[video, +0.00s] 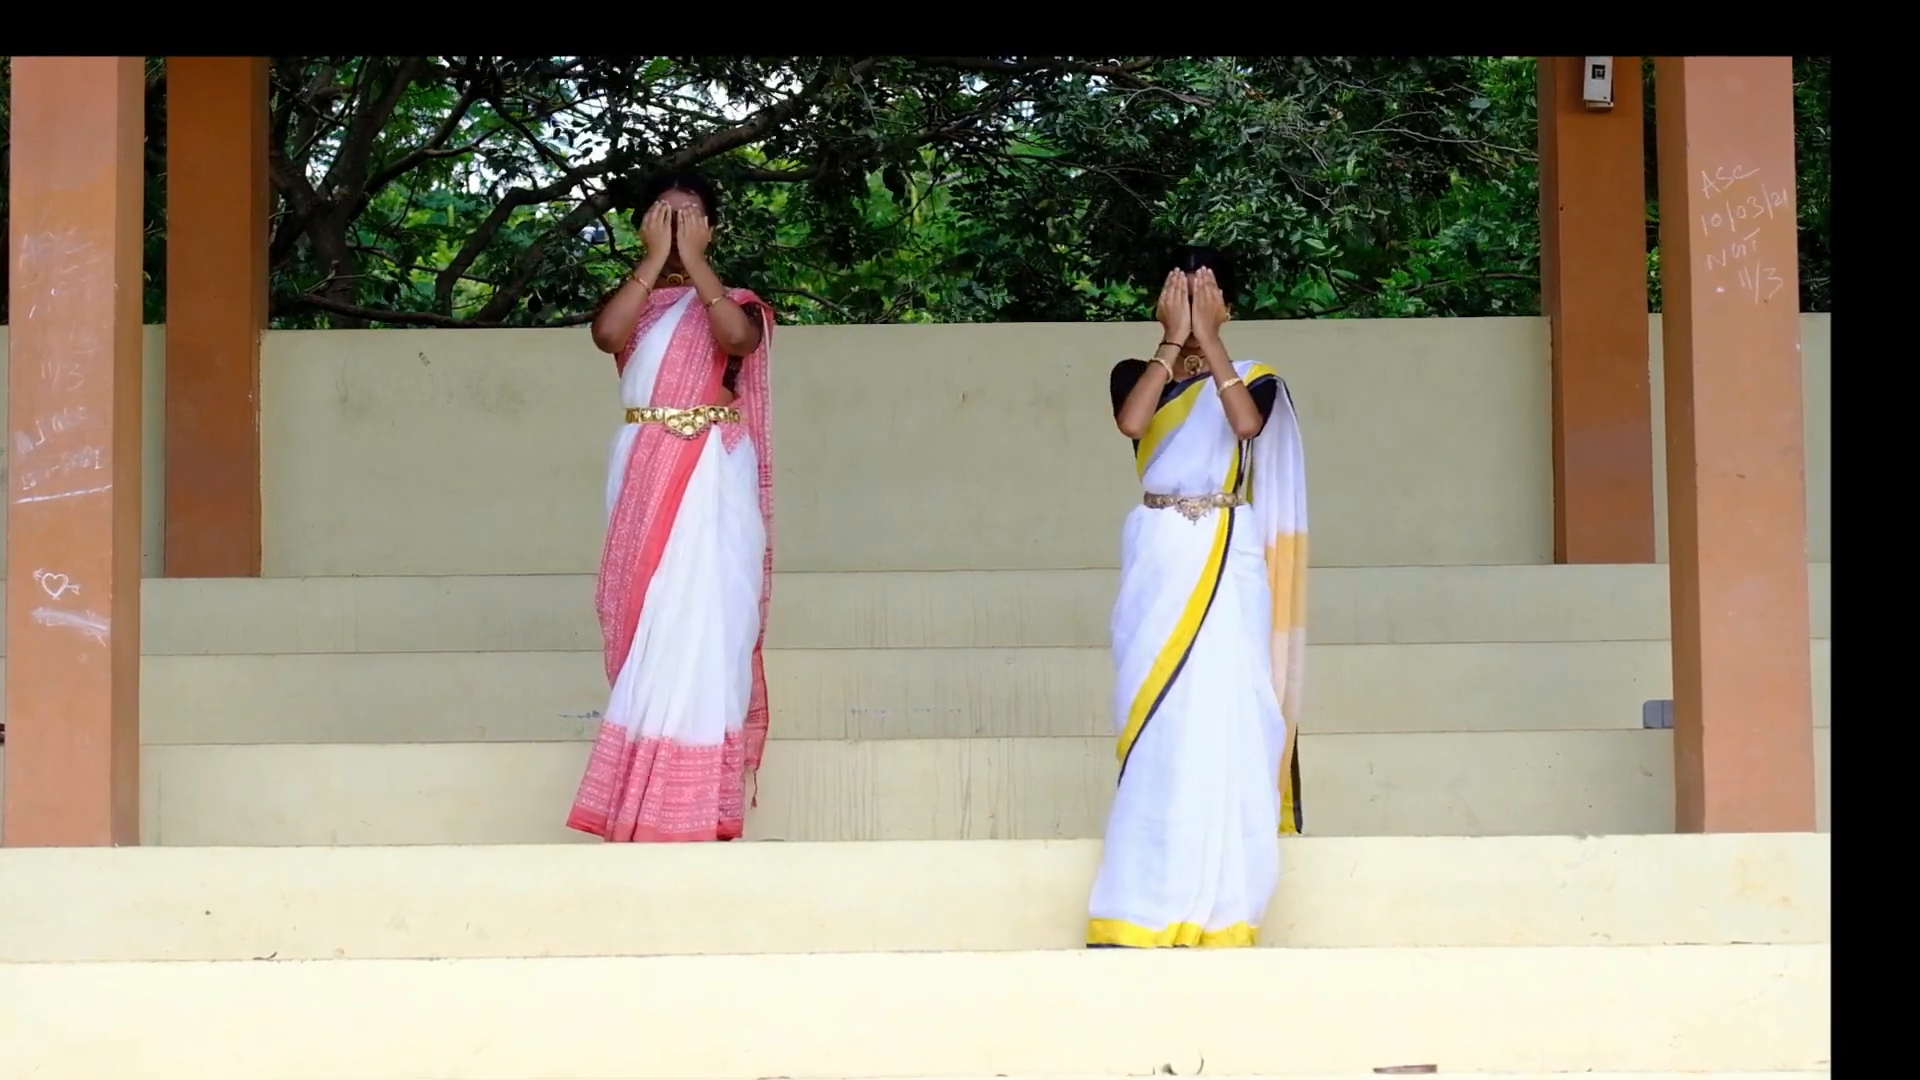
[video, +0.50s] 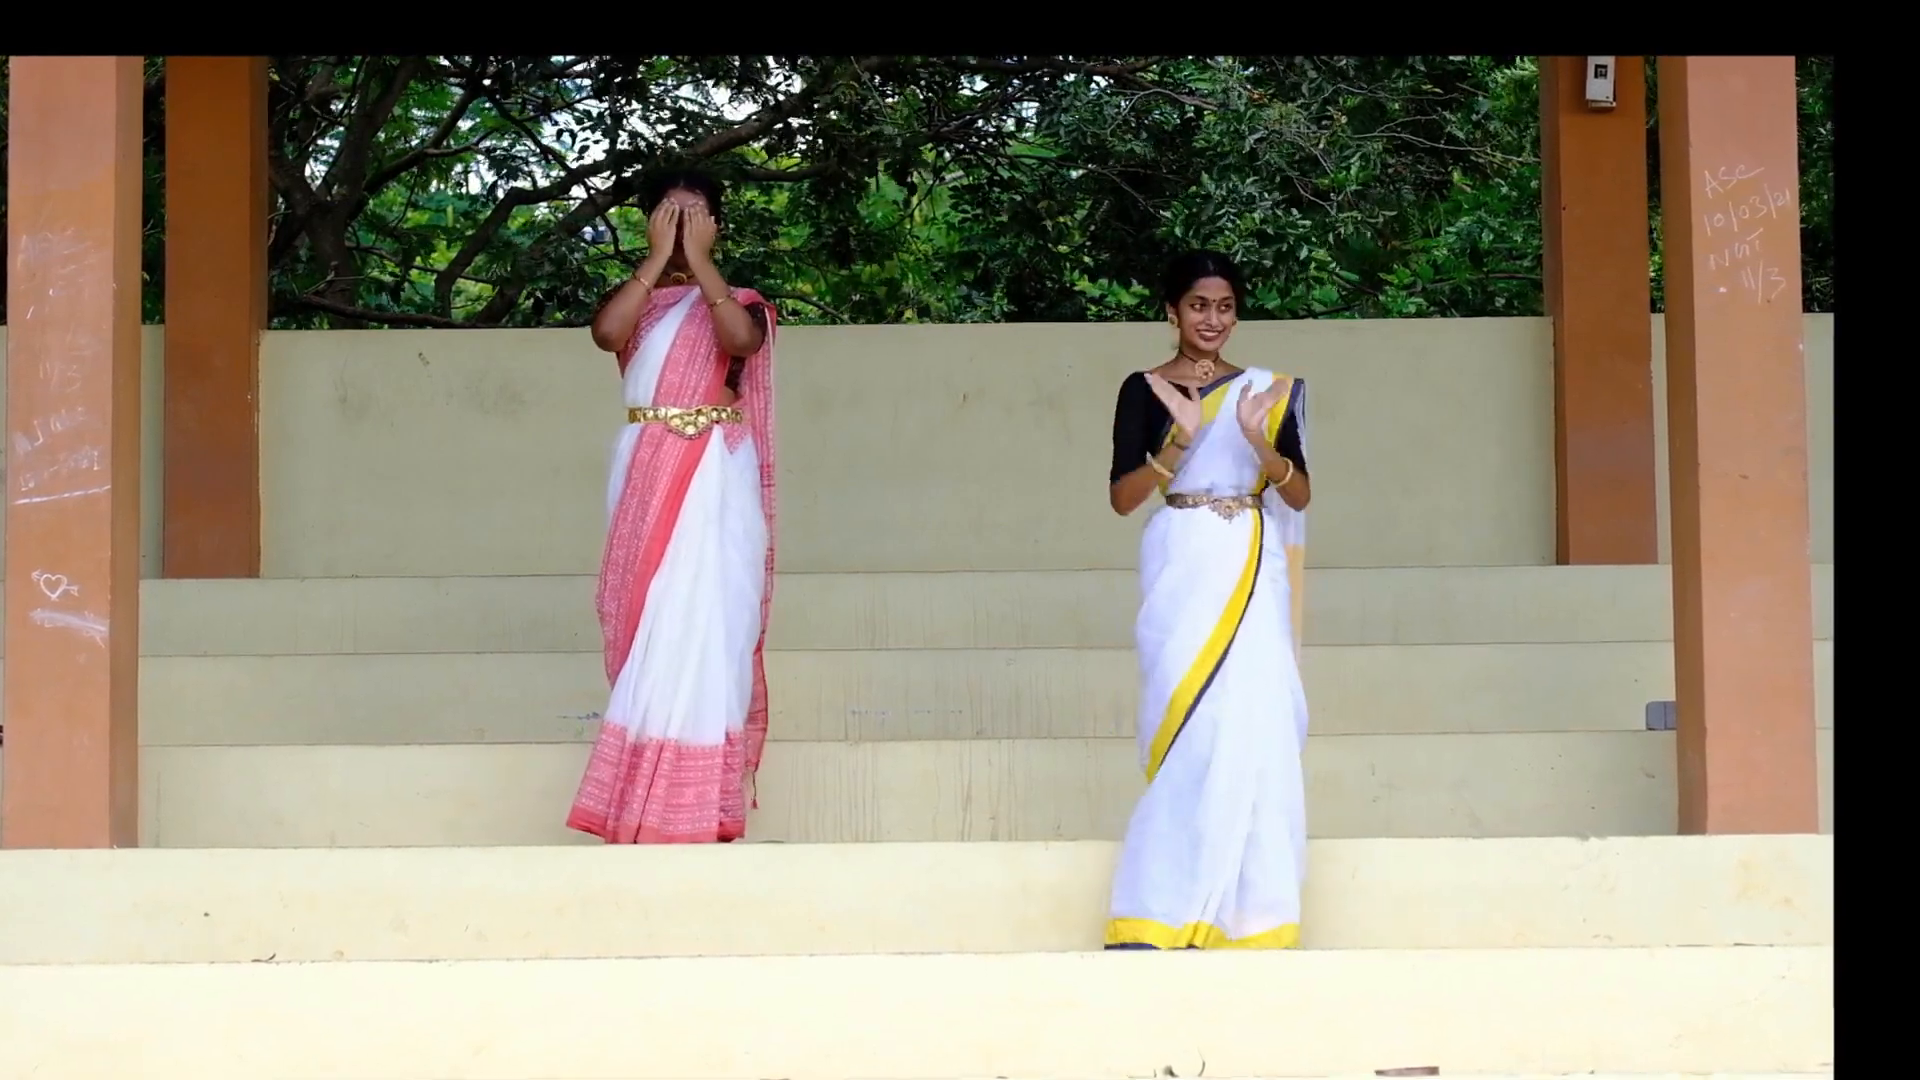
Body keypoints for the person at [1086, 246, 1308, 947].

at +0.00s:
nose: (1192, 318)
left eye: (1204, 306)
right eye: (1180, 305)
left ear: (1225, 311)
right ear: (1163, 309)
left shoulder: (1254, 379)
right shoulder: (1138, 375)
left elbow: (1246, 424)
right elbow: (1132, 422)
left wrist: (1209, 338)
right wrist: (1173, 342)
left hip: (1223, 566)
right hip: (1153, 563)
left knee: (1219, 726)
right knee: (1153, 723)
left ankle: (1218, 906)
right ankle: (1148, 905)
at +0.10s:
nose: (1190, 316)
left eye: (1203, 304)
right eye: (1180, 303)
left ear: (1224, 310)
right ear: (1164, 310)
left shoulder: (1253, 379)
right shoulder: (1138, 376)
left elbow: (1245, 424)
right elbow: (1133, 422)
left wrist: (1207, 337)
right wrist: (1174, 342)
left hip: (1224, 566)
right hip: (1154, 563)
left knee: (1219, 726)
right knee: (1154, 724)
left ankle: (1219, 906)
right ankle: (1149, 906)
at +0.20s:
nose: (1192, 317)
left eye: (1206, 305)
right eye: (1181, 304)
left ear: (1227, 310)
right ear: (1162, 311)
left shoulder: (1254, 379)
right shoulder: (1138, 377)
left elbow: (1252, 425)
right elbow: (1135, 422)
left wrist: (1212, 339)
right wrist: (1174, 342)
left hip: (1228, 564)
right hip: (1157, 561)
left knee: (1226, 724)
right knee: (1156, 722)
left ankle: (1223, 907)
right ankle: (1151, 906)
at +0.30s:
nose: (1195, 320)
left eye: (1206, 309)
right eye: (1182, 309)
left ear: (1228, 315)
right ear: (1161, 315)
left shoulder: (1256, 380)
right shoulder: (1139, 378)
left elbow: (1267, 426)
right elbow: (1137, 426)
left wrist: (1235, 337)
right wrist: (1165, 343)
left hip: (1234, 560)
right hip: (1164, 557)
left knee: (1234, 720)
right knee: (1161, 718)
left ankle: (1231, 903)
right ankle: (1156, 904)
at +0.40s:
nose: (1202, 320)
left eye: (1215, 309)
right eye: (1189, 308)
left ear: (1230, 315)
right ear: (1165, 313)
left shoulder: (1262, 382)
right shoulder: (1141, 382)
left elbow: (1286, 458)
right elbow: (1136, 457)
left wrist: (1253, 366)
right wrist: (1173, 373)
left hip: (1240, 558)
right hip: (1172, 555)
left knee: (1239, 720)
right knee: (1169, 718)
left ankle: (1238, 905)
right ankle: (1163, 906)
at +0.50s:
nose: (1213, 318)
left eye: (1224, 307)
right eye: (1200, 305)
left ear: (1236, 316)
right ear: (1174, 311)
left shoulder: (1273, 392)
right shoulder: (1145, 389)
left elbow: (1299, 496)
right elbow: (1123, 498)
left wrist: (1265, 448)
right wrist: (1178, 441)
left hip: (1255, 563)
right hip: (1183, 563)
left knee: (1254, 723)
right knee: (1186, 722)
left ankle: (1248, 908)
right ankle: (1175, 908)